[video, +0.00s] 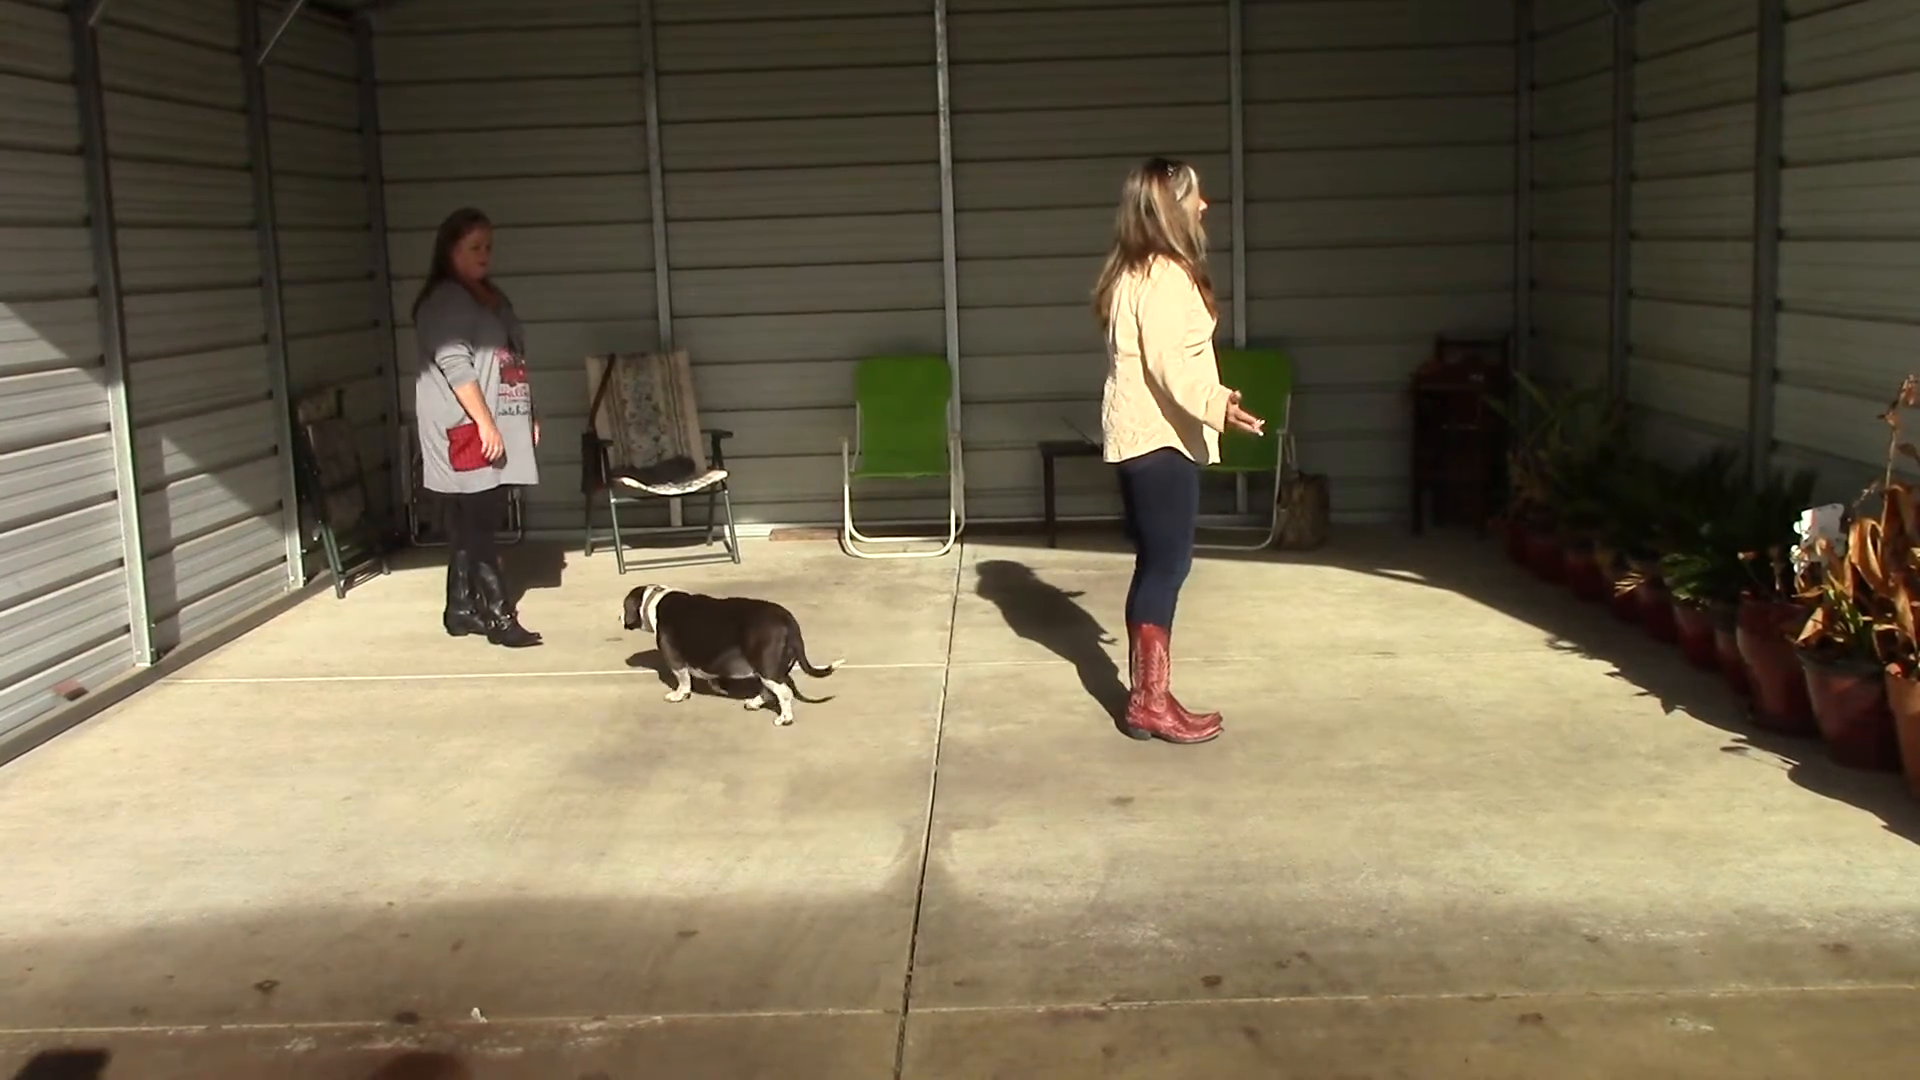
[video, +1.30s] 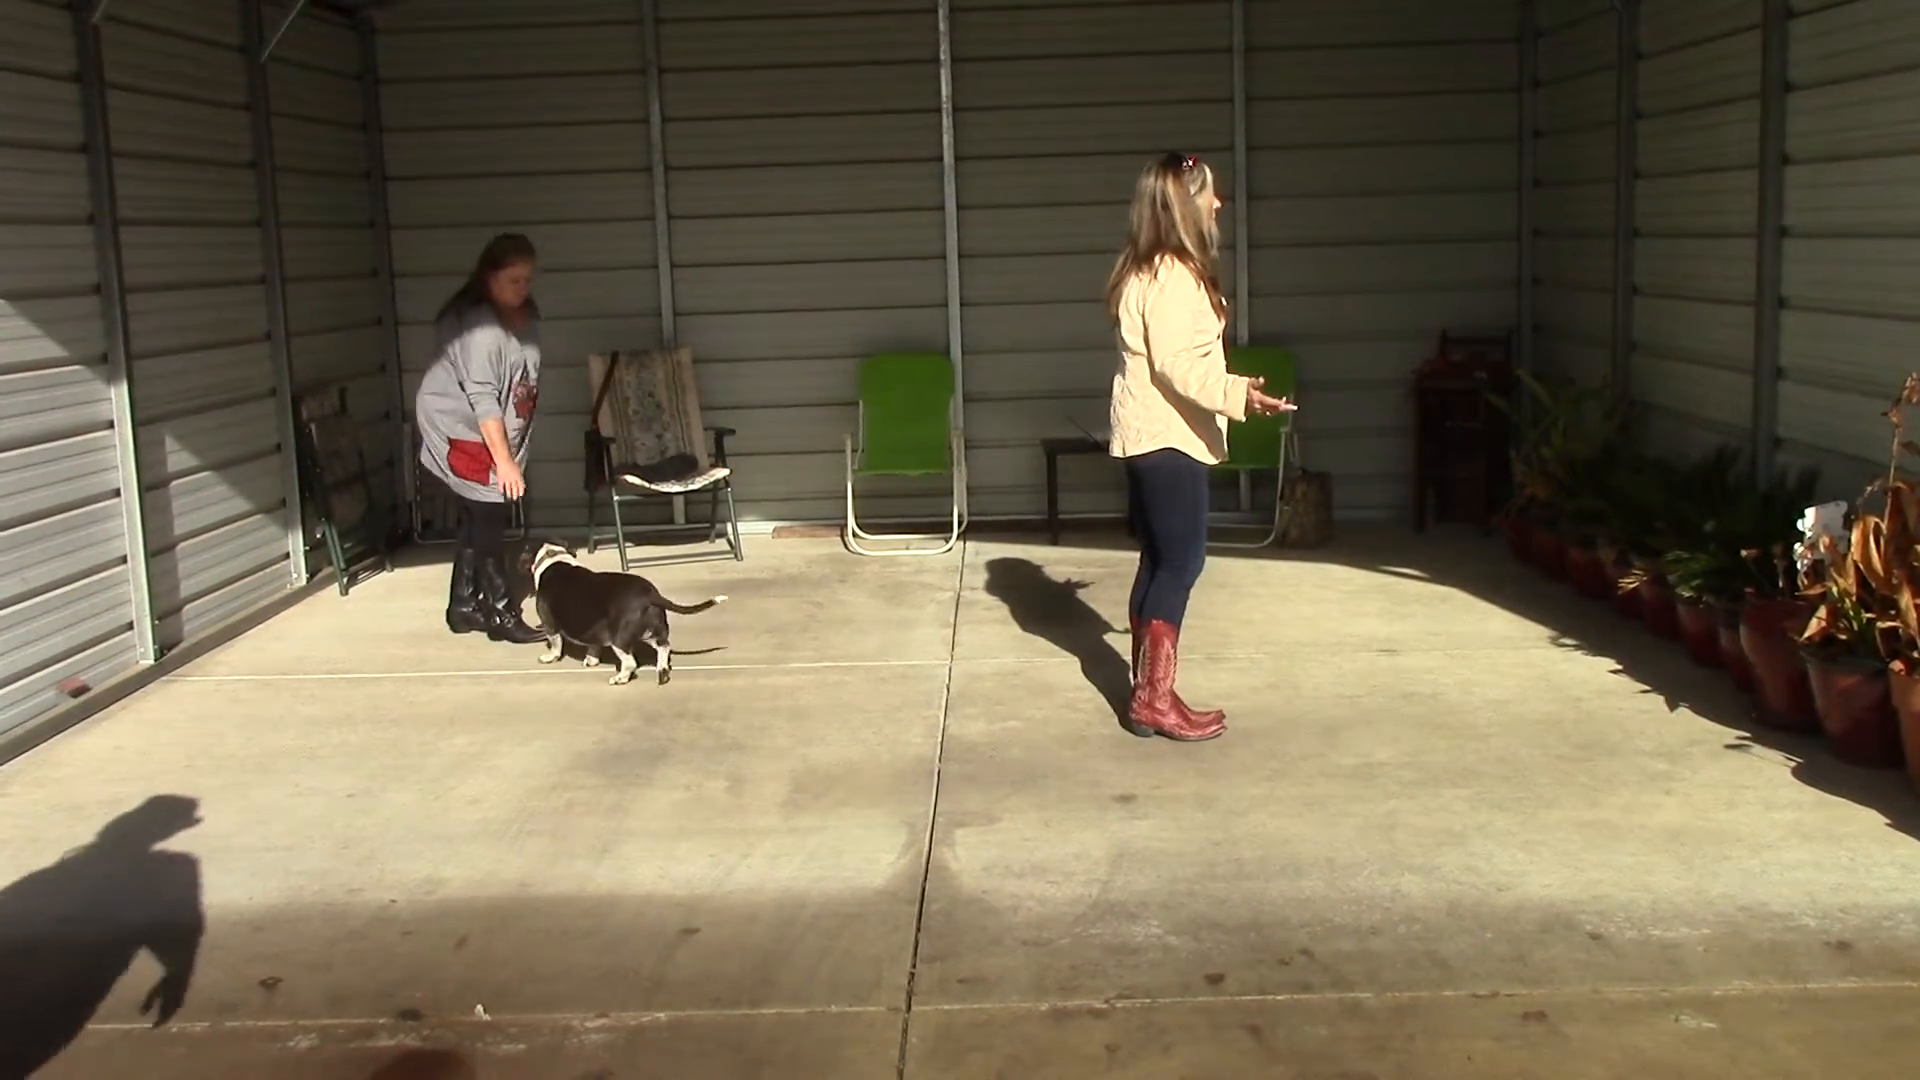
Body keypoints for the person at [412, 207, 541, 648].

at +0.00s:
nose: (485, 255)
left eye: (488, 247)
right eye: (475, 248)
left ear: (491, 250)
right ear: (450, 251)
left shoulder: (494, 298)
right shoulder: (442, 303)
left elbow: (511, 358)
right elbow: (455, 369)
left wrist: (527, 412)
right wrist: (485, 422)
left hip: (485, 421)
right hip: (459, 424)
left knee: (469, 513)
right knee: (482, 514)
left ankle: (460, 606)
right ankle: (497, 614)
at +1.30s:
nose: (522, 289)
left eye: (527, 280)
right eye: (514, 280)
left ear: (531, 279)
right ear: (489, 278)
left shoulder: (518, 317)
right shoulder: (479, 327)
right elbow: (483, 401)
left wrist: (513, 444)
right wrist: (505, 461)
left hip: (484, 424)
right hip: (455, 427)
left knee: (481, 509)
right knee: (490, 509)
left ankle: (463, 603)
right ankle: (500, 610)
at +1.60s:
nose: (551, 333)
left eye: (557, 327)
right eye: (543, 324)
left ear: (564, 323)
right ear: (522, 313)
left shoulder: (536, 350)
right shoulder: (505, 354)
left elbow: (529, 421)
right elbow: (504, 430)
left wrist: (514, 475)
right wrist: (521, 499)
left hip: (473, 423)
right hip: (444, 424)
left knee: (483, 506)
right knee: (494, 507)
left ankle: (464, 603)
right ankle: (501, 610)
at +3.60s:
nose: (576, 338)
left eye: (581, 331)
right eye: (570, 329)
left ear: (586, 326)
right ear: (548, 319)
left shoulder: (530, 342)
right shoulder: (530, 362)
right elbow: (510, 434)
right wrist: (518, 498)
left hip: (452, 410)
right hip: (449, 417)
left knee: (481, 508)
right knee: (497, 508)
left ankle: (465, 604)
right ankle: (503, 611)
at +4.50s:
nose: (572, 300)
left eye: (576, 291)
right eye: (563, 291)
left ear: (580, 291)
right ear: (541, 290)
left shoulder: (566, 332)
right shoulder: (518, 336)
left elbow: (553, 393)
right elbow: (513, 407)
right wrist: (530, 464)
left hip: (515, 419)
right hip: (477, 419)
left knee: (516, 507)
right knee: (505, 509)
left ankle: (512, 605)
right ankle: (500, 611)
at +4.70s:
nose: (569, 272)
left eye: (572, 264)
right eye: (560, 264)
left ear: (577, 266)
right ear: (536, 268)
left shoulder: (568, 311)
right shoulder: (525, 324)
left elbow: (564, 378)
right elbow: (522, 395)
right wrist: (535, 451)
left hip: (547, 429)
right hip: (509, 432)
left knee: (549, 517)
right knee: (516, 521)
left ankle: (548, 603)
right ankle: (509, 608)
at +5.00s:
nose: (561, 249)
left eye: (564, 241)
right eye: (551, 242)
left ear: (568, 245)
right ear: (531, 248)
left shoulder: (572, 290)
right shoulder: (520, 298)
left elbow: (580, 351)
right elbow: (542, 364)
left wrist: (595, 394)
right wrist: (581, 415)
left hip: (559, 408)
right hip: (525, 413)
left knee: (556, 505)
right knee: (538, 510)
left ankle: (557, 592)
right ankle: (534, 597)